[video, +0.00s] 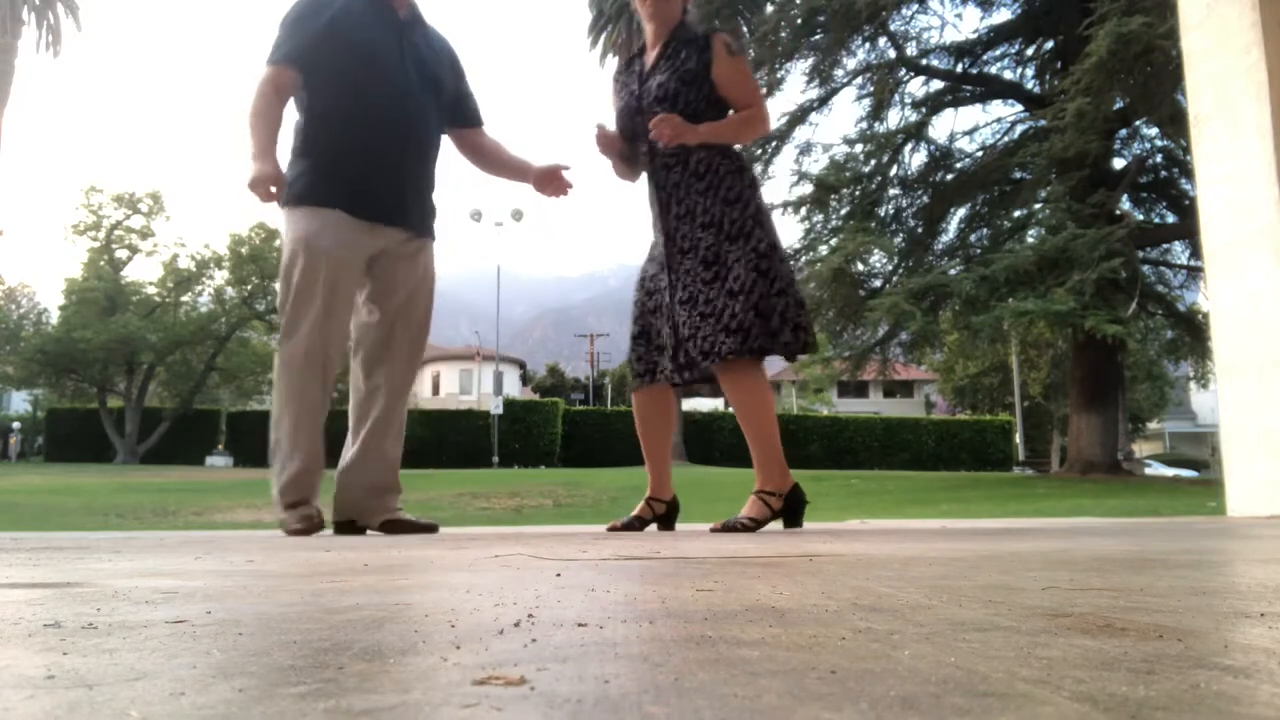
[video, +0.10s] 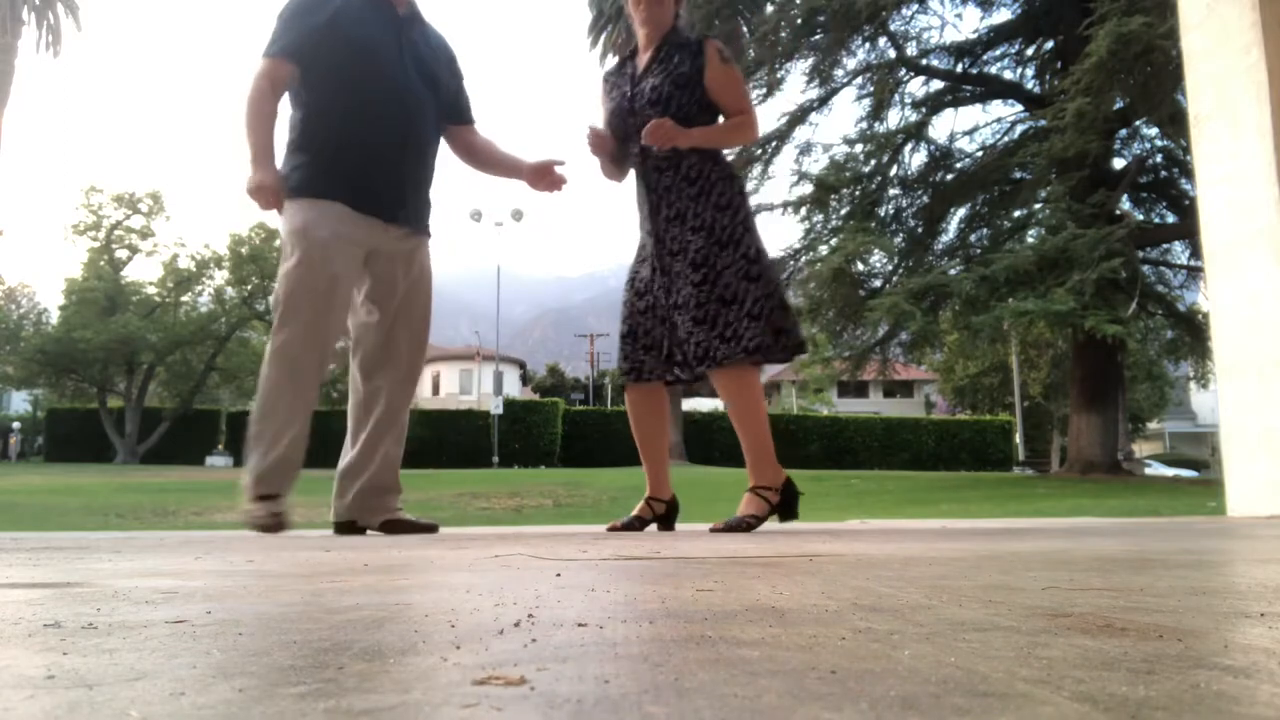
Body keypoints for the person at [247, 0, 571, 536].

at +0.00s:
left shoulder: (438, 49)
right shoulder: (325, 10)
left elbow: (471, 139)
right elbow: (274, 86)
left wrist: (531, 173)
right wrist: (263, 158)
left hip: (407, 224)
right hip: (326, 209)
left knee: (389, 368)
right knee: (309, 357)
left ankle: (366, 507)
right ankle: (297, 503)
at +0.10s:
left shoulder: (435, 47)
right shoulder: (323, 8)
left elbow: (463, 138)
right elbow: (267, 83)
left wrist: (524, 170)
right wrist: (263, 167)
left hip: (403, 225)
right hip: (325, 204)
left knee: (390, 368)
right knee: (300, 346)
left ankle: (367, 506)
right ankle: (266, 494)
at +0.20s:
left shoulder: (425, 46)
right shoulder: (313, 5)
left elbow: (451, 137)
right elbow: (265, 84)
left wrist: (515, 170)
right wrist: (257, 176)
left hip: (400, 224)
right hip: (322, 203)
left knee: (393, 363)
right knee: (294, 345)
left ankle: (368, 505)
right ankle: (234, 498)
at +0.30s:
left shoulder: (407, 46)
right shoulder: (300, 4)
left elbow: (435, 135)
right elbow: (252, 79)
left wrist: (505, 172)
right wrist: (254, 175)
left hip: (389, 224)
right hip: (312, 205)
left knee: (396, 360)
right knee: (280, 354)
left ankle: (368, 505)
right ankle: (220, 505)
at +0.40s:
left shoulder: (392, 35)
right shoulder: (281, 3)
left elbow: (409, 127)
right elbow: (232, 59)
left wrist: (483, 164)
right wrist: (252, 164)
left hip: (378, 221)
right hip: (299, 203)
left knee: (388, 359)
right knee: (268, 352)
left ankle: (367, 504)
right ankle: (222, 505)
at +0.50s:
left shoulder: (377, 29)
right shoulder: (266, 1)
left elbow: (384, 123)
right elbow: (214, 43)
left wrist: (465, 160)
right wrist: (247, 135)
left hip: (360, 206)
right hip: (282, 188)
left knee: (375, 353)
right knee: (257, 346)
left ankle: (366, 500)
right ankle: (221, 505)